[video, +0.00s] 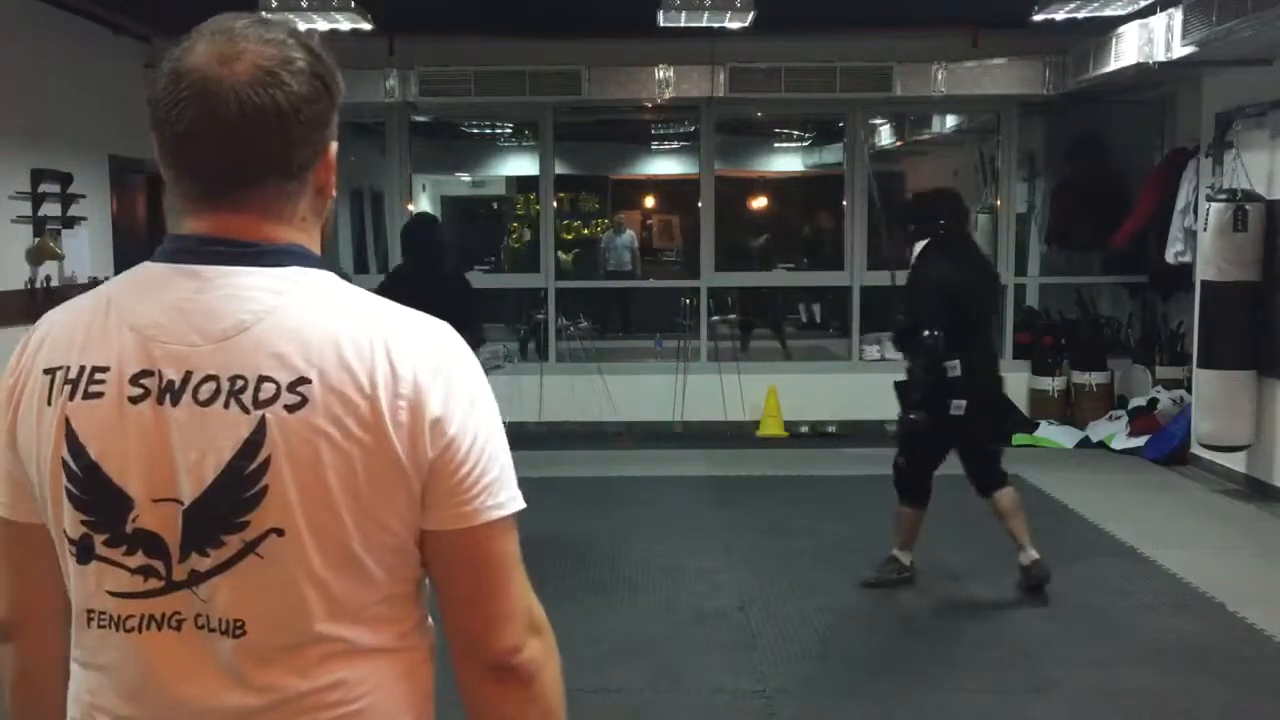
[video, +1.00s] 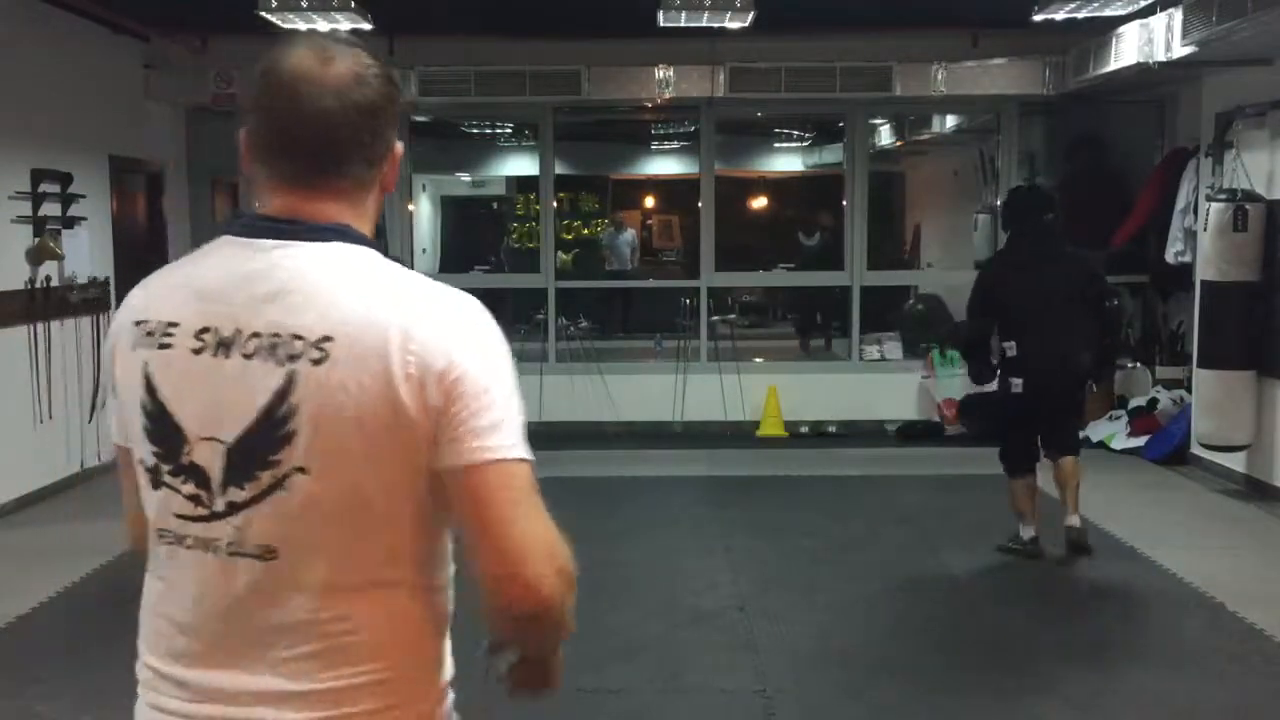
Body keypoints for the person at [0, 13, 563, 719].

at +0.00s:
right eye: (338, 153)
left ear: (165, 169)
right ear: (327, 171)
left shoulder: (45, 354)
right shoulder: (416, 360)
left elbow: (29, 634)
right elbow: (508, 656)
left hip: (114, 705)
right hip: (346, 703)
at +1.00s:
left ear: (242, 153)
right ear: (392, 167)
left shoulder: (145, 310)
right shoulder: (440, 326)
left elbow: (143, 530)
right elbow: (529, 586)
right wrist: (534, 654)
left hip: (176, 702)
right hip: (378, 705)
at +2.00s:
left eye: (329, 169)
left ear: (336, 178)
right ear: (428, 191)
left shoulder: (261, 287)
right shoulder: (479, 286)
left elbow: (232, 406)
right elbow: (573, 289)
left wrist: (313, 390)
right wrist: (481, 213)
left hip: (317, 616)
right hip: (458, 613)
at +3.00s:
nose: (447, 188)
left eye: (451, 180)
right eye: (452, 180)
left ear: (457, 189)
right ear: (518, 198)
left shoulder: (402, 272)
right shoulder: (548, 268)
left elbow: (353, 358)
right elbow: (541, 227)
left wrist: (399, 314)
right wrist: (505, 166)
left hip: (430, 490)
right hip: (524, 488)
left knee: (452, 646)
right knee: (531, 640)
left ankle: (464, 716)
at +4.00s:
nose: (474, 192)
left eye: (477, 183)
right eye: (478, 183)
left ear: (488, 190)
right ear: (532, 197)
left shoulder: (446, 256)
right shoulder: (558, 255)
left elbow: (403, 331)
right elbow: (536, 310)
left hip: (467, 433)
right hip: (539, 432)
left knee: (454, 547)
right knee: (527, 554)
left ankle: (469, 664)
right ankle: (522, 684)